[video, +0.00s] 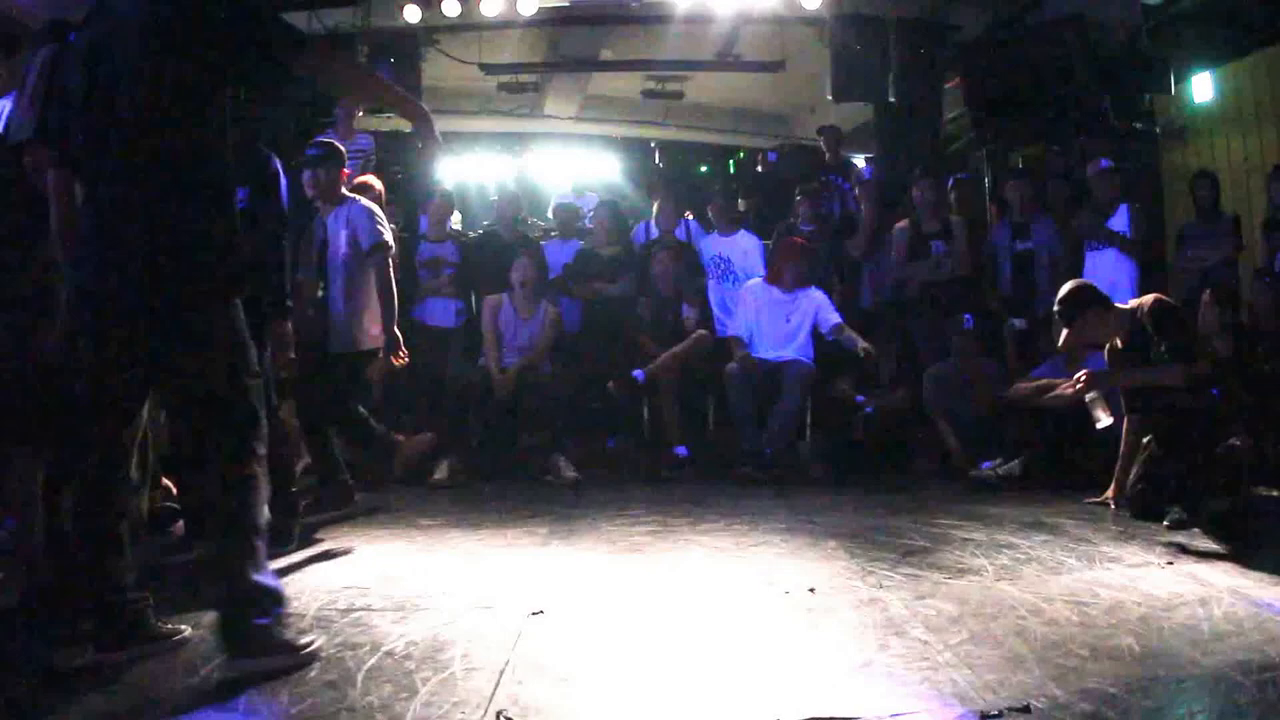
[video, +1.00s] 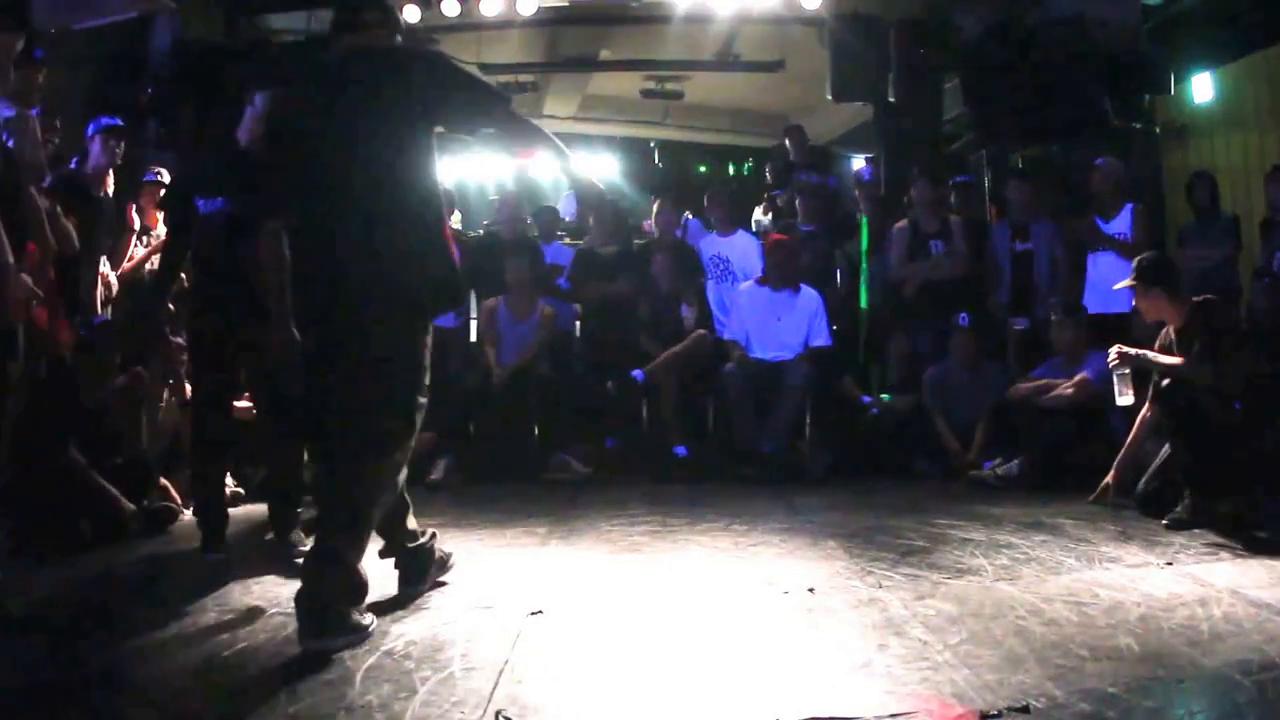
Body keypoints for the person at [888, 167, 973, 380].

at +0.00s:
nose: (924, 197)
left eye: (929, 191)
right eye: (919, 191)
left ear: (938, 194)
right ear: (912, 195)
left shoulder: (956, 226)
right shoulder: (902, 230)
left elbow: (962, 266)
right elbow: (897, 270)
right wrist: (933, 268)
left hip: (950, 295)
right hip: (916, 296)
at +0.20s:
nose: (920, 196)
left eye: (926, 190)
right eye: (917, 190)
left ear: (938, 193)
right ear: (911, 195)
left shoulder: (956, 225)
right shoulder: (902, 230)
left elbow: (963, 264)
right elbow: (896, 270)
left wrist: (921, 276)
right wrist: (939, 266)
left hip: (950, 301)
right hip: (915, 304)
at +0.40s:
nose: (922, 195)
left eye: (927, 189)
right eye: (918, 190)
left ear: (937, 193)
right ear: (912, 194)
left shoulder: (955, 225)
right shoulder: (902, 230)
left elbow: (962, 264)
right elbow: (897, 270)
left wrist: (922, 276)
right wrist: (936, 264)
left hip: (951, 296)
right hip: (917, 299)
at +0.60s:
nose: (923, 198)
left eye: (928, 192)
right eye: (919, 192)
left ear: (938, 195)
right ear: (912, 196)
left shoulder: (954, 225)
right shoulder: (902, 230)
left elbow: (961, 264)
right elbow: (897, 270)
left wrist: (922, 277)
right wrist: (935, 264)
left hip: (951, 297)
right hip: (918, 300)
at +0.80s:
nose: (925, 196)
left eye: (930, 189)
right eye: (920, 189)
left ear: (941, 193)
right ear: (913, 194)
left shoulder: (956, 225)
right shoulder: (902, 230)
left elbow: (961, 265)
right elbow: (898, 271)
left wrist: (921, 276)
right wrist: (941, 265)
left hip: (953, 300)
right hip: (918, 303)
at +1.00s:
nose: (922, 195)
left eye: (927, 189)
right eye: (917, 189)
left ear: (937, 193)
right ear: (911, 194)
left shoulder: (954, 224)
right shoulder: (902, 230)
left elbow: (961, 264)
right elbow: (896, 271)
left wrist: (920, 277)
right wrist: (937, 264)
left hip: (950, 299)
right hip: (916, 302)